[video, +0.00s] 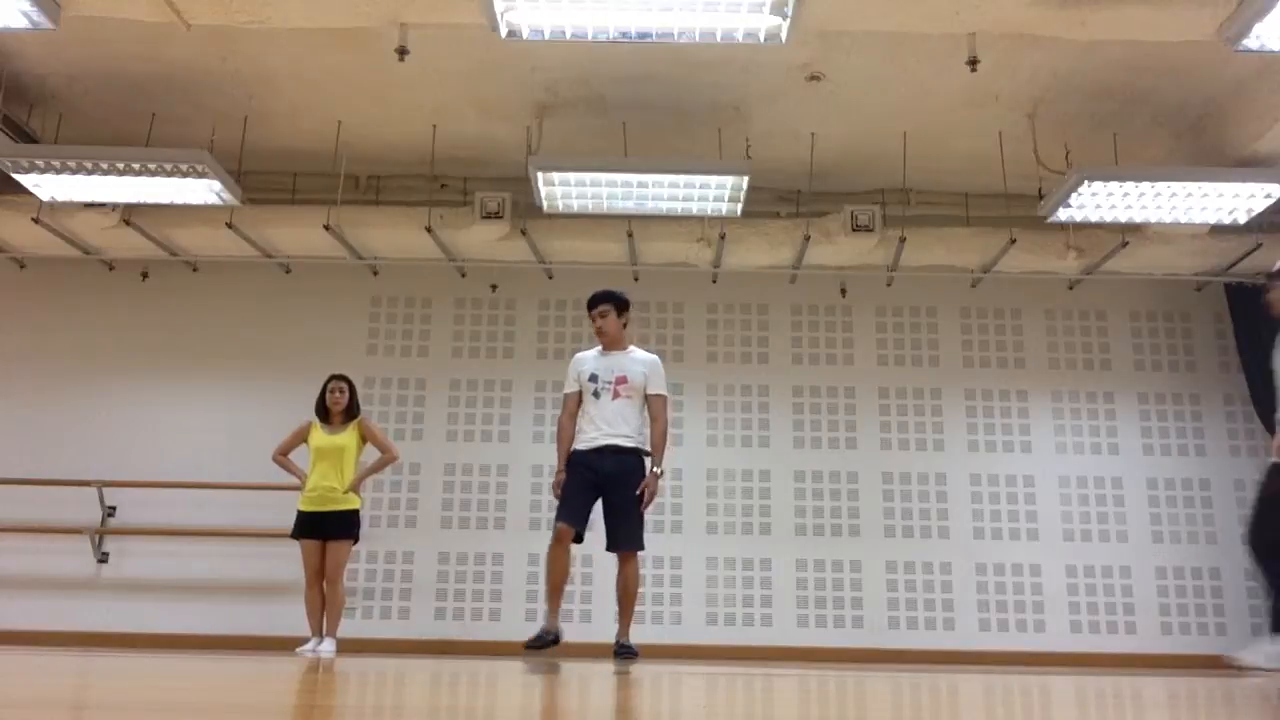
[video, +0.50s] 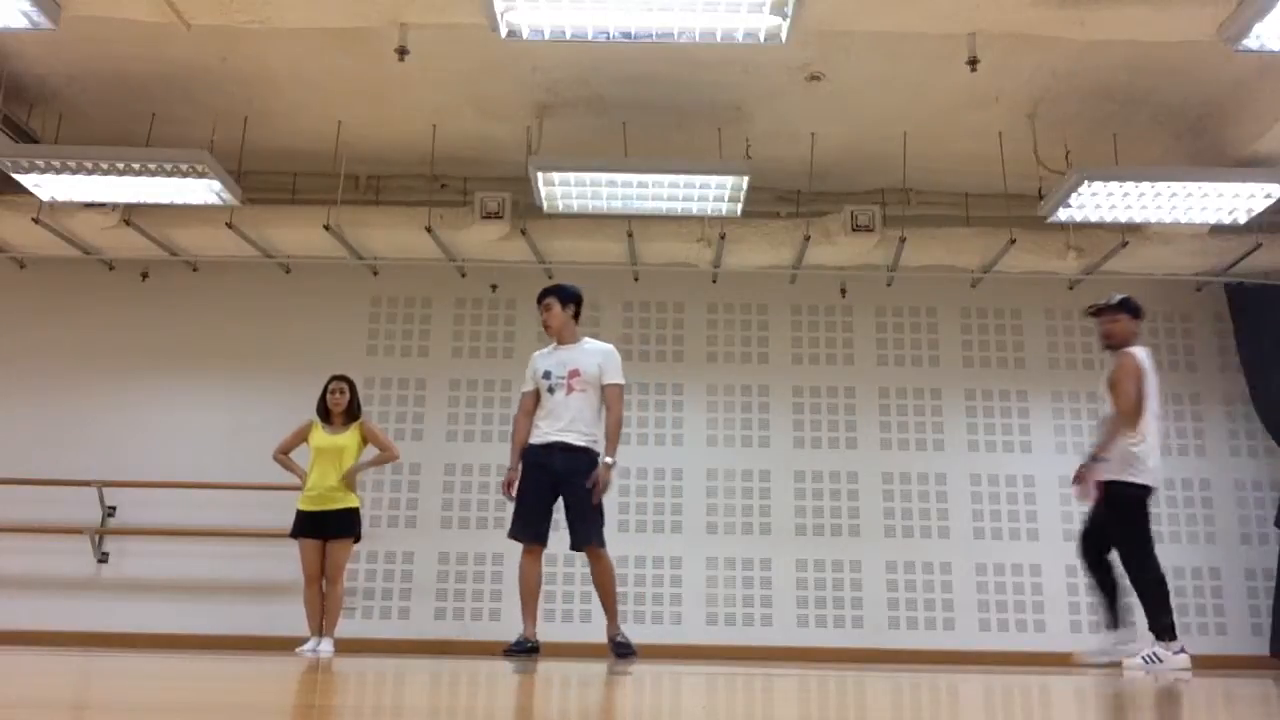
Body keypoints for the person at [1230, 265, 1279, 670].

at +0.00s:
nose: (1269, 295)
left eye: (1273, 287)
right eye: (1268, 287)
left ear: (1279, 293)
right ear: (1268, 293)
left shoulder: (1275, 343)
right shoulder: (1273, 343)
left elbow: (1273, 393)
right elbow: (1274, 392)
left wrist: (1275, 433)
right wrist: (1274, 432)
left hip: (1277, 455)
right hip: (1277, 453)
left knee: (1263, 535)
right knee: (1262, 535)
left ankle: (1276, 634)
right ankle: (1274, 634)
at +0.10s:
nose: (1236, 310)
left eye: (1243, 302)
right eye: (1236, 303)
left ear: (1269, 301)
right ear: (1261, 304)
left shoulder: (1266, 343)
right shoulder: (1258, 344)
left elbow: (1271, 406)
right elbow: (1253, 413)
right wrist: (1215, 441)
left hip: (1263, 467)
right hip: (1260, 465)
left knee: (1236, 553)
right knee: (1236, 553)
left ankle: (1196, 635)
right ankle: (1197, 634)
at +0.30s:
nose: (1169, 326)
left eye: (1176, 318)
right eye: (1168, 319)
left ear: (1198, 319)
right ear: (1196, 324)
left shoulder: (1190, 357)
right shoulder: (1209, 359)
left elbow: (1197, 406)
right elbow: (1182, 424)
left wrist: (1220, 439)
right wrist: (1130, 438)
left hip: (1177, 479)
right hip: (1203, 481)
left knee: (1154, 559)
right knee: (1205, 564)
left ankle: (1168, 646)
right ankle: (1273, 600)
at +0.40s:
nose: (1136, 327)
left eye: (1144, 319)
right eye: (1134, 320)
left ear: (1164, 320)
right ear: (1147, 324)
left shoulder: (1159, 361)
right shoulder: (1171, 360)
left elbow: (1160, 419)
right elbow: (1155, 426)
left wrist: (1161, 464)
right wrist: (1112, 450)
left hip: (1151, 477)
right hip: (1165, 477)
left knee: (1142, 557)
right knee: (1143, 556)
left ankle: (1167, 646)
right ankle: (1205, 606)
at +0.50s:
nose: (1106, 330)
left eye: (1114, 322)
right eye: (1103, 324)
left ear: (1134, 323)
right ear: (1107, 327)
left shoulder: (1127, 363)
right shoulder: (1138, 361)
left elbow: (1126, 417)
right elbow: (1128, 423)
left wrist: (1092, 460)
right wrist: (1101, 468)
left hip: (1128, 476)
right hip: (1126, 475)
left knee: (1139, 558)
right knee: (1092, 545)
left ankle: (1169, 644)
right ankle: (1121, 632)